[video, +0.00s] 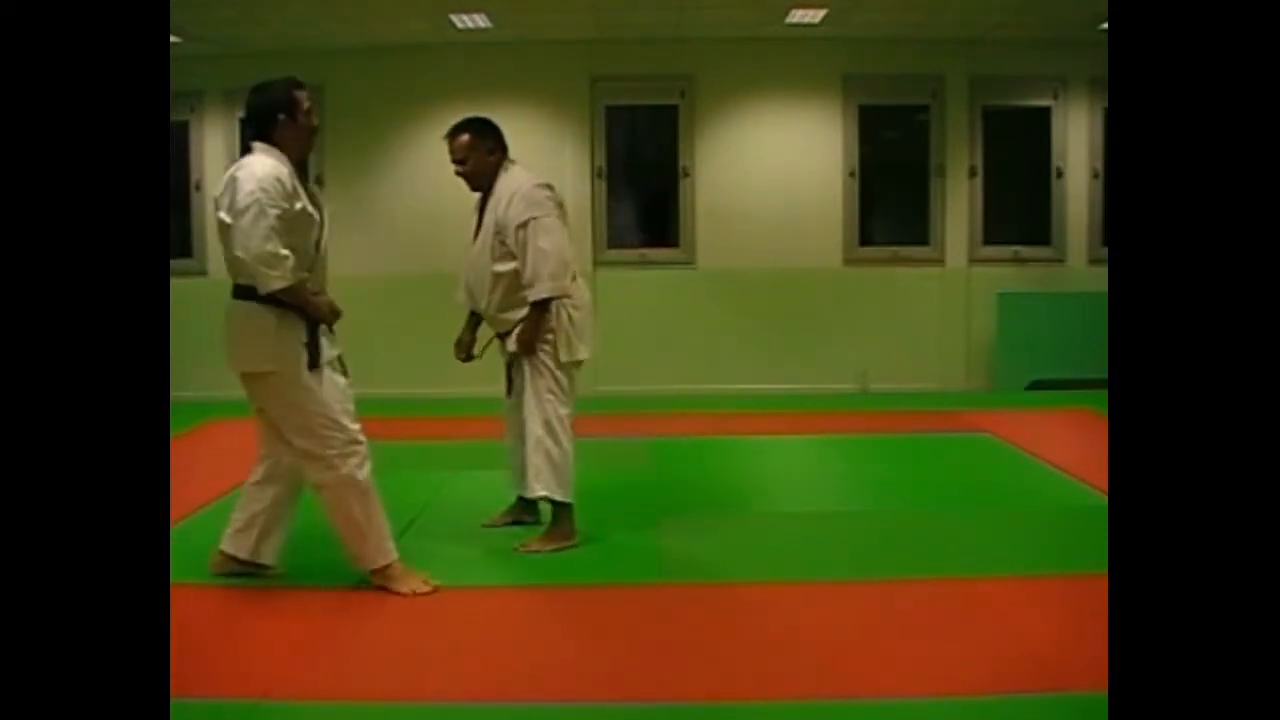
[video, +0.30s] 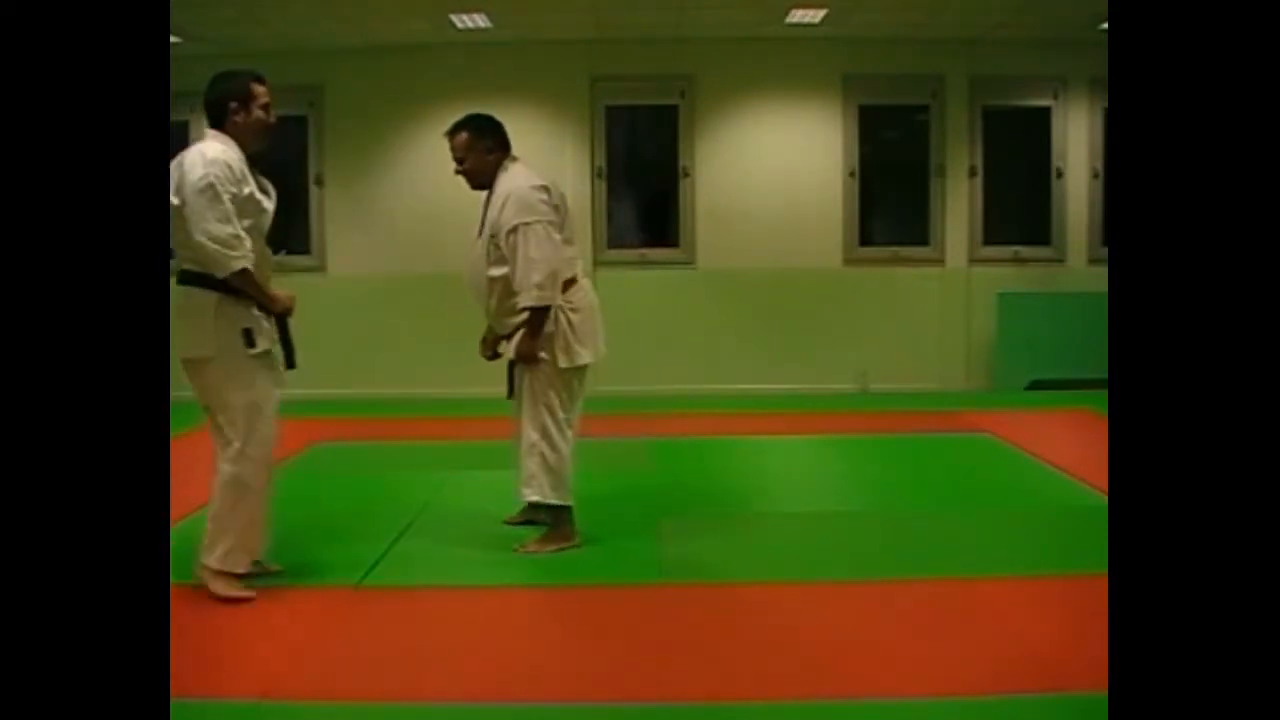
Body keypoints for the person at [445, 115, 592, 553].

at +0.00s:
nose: (458, 170)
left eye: (464, 160)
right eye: (455, 162)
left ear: (493, 154)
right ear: (482, 159)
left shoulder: (525, 195)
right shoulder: (493, 198)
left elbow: (548, 260)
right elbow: (485, 270)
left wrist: (534, 322)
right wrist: (470, 327)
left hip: (549, 319)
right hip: (519, 320)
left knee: (548, 415)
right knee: (521, 413)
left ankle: (562, 520)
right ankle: (526, 501)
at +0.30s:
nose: (458, 169)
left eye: (463, 159)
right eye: (456, 160)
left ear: (493, 152)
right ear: (489, 155)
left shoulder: (521, 195)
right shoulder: (503, 193)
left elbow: (543, 274)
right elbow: (508, 272)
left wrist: (530, 336)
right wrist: (496, 325)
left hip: (555, 325)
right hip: (536, 324)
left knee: (547, 421)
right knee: (535, 418)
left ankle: (561, 521)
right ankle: (540, 501)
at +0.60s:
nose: (462, 165)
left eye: (467, 154)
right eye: (460, 155)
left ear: (496, 148)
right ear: (493, 151)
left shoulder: (522, 193)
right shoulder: (508, 190)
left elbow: (539, 272)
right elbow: (512, 270)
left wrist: (528, 334)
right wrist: (497, 324)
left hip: (556, 323)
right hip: (544, 322)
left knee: (550, 420)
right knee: (549, 419)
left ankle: (563, 519)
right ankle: (559, 511)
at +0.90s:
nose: (472, 161)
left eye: (478, 150)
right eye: (470, 152)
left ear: (506, 147)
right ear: (502, 150)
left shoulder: (529, 190)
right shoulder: (516, 189)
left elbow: (542, 268)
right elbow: (515, 269)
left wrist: (530, 326)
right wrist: (494, 323)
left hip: (557, 319)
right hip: (548, 317)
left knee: (551, 417)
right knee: (550, 416)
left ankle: (564, 518)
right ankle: (559, 507)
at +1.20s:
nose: (482, 161)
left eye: (488, 151)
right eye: (480, 152)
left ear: (515, 148)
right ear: (512, 151)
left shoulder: (537, 188)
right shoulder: (525, 189)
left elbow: (539, 268)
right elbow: (519, 269)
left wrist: (515, 325)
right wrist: (497, 323)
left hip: (558, 315)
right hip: (549, 314)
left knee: (546, 412)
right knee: (548, 411)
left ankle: (563, 516)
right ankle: (558, 506)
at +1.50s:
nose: (500, 168)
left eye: (507, 159)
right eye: (498, 160)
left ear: (535, 154)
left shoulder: (557, 187)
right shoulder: (526, 202)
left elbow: (504, 225)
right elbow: (498, 273)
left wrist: (459, 221)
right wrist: (448, 297)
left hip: (581, 320)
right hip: (552, 325)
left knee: (562, 418)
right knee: (546, 419)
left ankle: (565, 519)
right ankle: (563, 511)